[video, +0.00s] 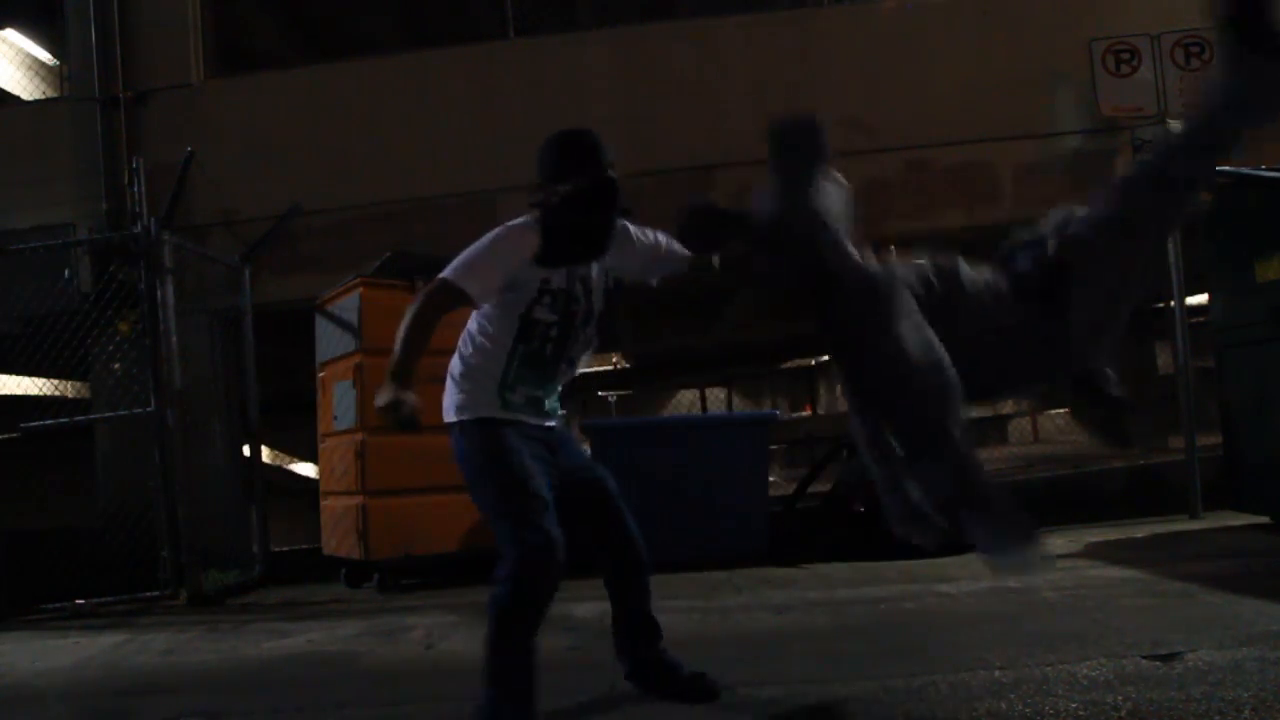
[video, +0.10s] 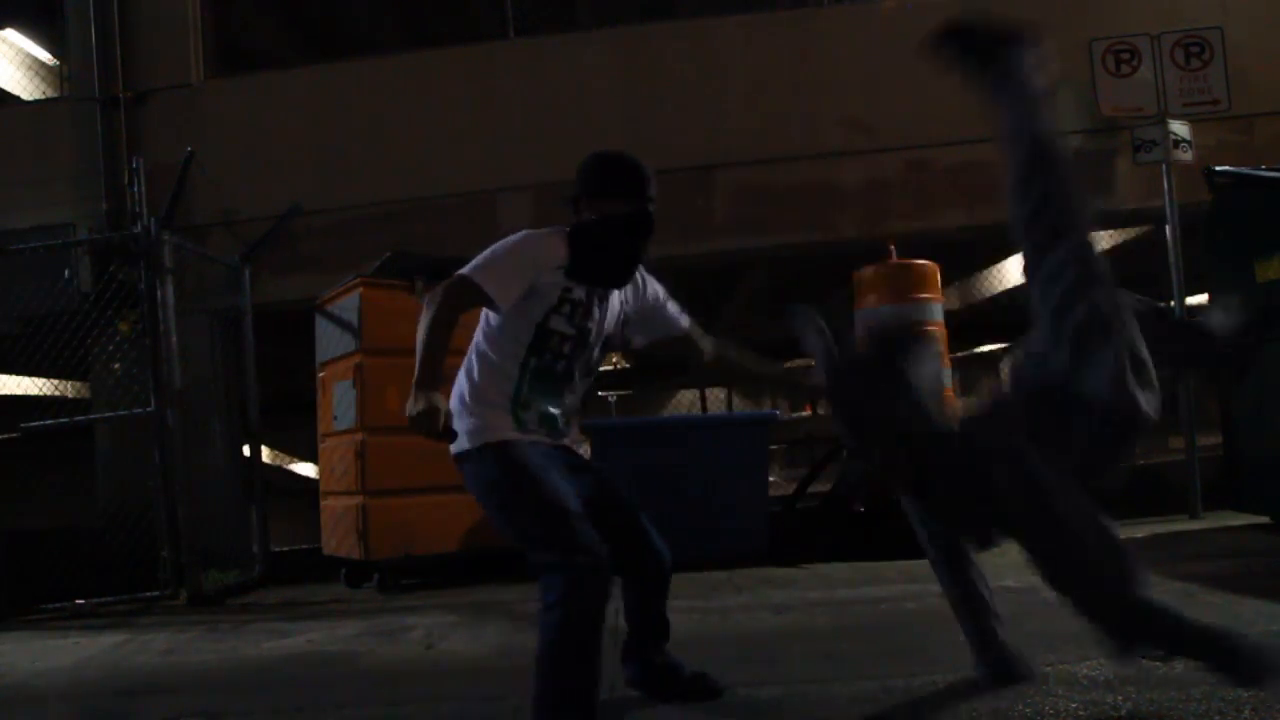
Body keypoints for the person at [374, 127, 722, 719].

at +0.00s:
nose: (603, 204)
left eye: (607, 190)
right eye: (588, 192)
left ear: (612, 189)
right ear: (555, 195)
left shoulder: (616, 240)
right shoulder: (517, 243)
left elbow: (692, 264)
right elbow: (430, 300)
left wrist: (724, 246)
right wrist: (396, 382)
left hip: (547, 422)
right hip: (485, 421)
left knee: (620, 542)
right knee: (534, 554)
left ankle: (647, 667)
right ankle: (505, 704)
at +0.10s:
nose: (635, 233)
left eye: (642, 218)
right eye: (621, 217)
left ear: (649, 218)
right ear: (585, 212)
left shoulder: (634, 288)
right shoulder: (534, 253)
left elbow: (705, 349)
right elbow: (446, 296)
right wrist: (423, 388)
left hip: (559, 445)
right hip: (494, 440)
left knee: (647, 557)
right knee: (577, 565)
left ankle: (648, 666)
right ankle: (564, 709)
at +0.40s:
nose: (661, 209)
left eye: (670, 198)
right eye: (651, 190)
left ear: (677, 201)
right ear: (620, 176)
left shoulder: (623, 259)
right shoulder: (564, 205)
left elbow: (571, 331)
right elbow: (473, 266)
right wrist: (461, 374)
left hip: (557, 408)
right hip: (510, 401)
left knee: (632, 537)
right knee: (582, 540)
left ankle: (608, 691)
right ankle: (570, 703)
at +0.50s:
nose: (670, 211)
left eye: (676, 199)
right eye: (662, 193)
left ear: (672, 198)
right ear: (627, 179)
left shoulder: (624, 257)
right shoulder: (562, 206)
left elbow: (570, 326)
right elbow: (475, 269)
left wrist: (557, 386)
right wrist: (472, 376)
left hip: (555, 406)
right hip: (506, 399)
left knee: (619, 534)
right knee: (554, 539)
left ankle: (605, 690)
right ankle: (547, 705)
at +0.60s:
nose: (653, 206)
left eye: (661, 192)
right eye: (643, 187)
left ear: (663, 192)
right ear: (609, 175)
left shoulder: (615, 253)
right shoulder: (547, 205)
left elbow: (563, 335)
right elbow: (465, 271)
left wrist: (577, 405)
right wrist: (464, 378)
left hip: (558, 408)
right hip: (502, 403)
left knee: (613, 542)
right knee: (541, 544)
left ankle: (607, 693)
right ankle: (489, 706)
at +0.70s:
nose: (606, 167)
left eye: (616, 155)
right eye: (593, 151)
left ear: (623, 161)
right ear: (561, 147)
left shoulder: (604, 237)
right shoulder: (504, 195)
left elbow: (585, 325)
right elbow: (438, 269)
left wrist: (636, 387)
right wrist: (441, 366)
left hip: (554, 409)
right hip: (488, 405)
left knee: (612, 542)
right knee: (512, 550)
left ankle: (607, 691)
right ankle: (432, 698)